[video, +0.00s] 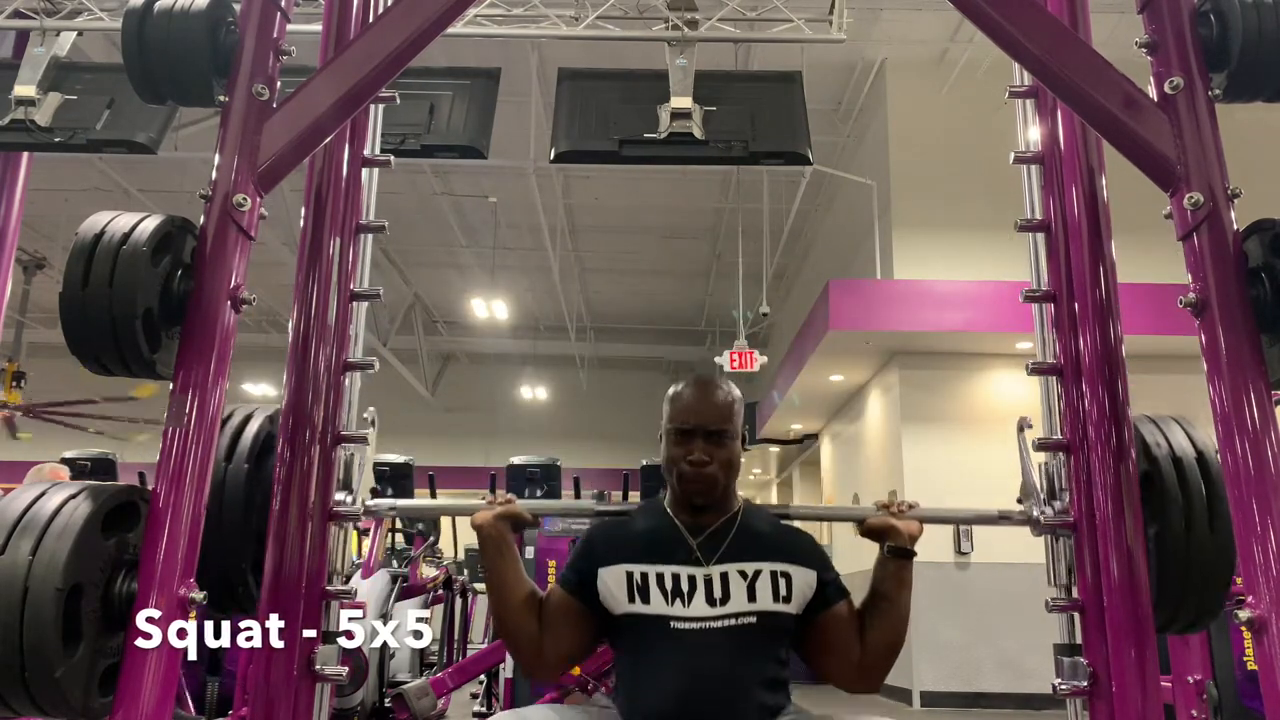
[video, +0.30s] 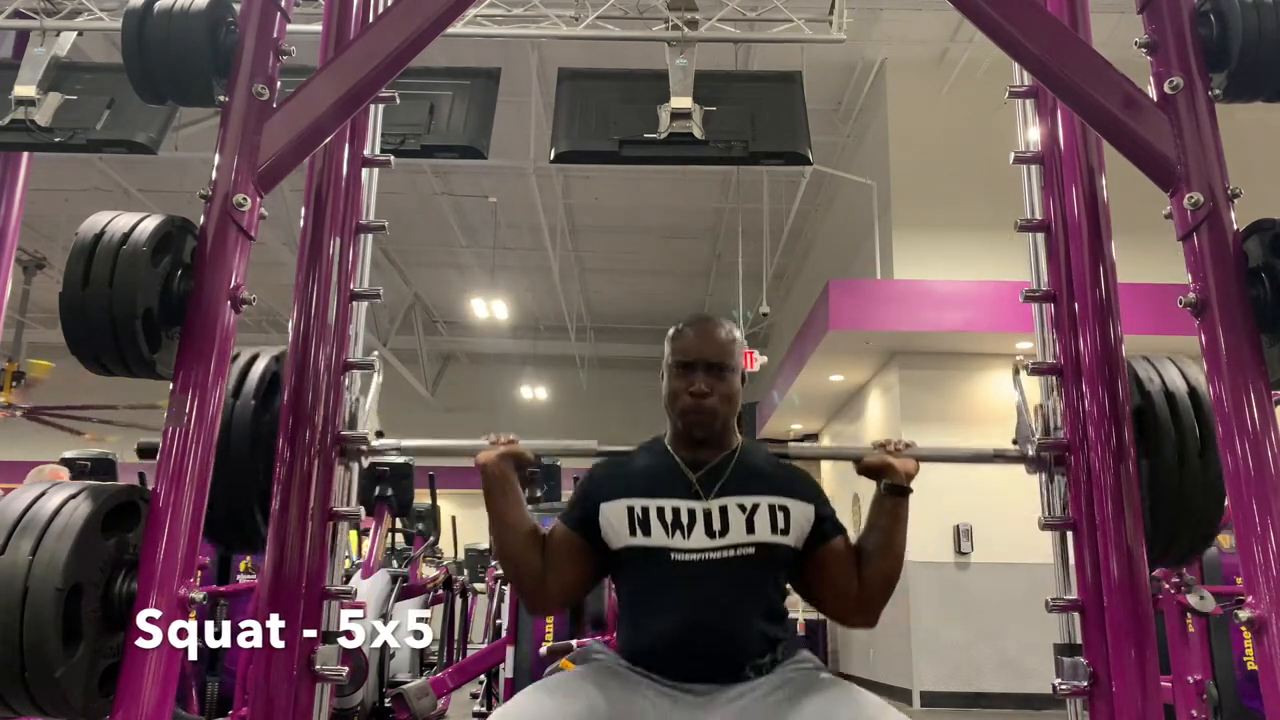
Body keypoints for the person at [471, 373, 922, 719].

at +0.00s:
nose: (697, 453)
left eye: (716, 438)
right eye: (682, 437)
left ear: (742, 447)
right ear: (662, 444)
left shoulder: (792, 552)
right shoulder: (611, 545)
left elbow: (859, 672)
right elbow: (541, 657)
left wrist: (897, 554)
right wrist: (496, 542)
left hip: (756, 714)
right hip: (646, 714)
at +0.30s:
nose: (698, 383)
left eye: (714, 371)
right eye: (684, 370)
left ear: (740, 385)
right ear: (664, 383)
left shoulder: (786, 486)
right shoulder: (614, 483)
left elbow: (858, 605)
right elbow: (543, 590)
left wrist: (893, 492)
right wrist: (499, 483)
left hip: (768, 686)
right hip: (633, 683)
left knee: (887, 718)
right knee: (511, 718)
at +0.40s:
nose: (698, 353)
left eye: (715, 340)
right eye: (684, 339)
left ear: (741, 355)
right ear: (664, 352)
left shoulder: (787, 457)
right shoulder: (613, 452)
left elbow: (858, 575)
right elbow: (545, 561)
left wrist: (892, 464)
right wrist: (502, 456)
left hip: (768, 666)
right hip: (633, 663)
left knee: (885, 716)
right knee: (520, 714)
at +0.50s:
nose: (697, 331)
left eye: (714, 318)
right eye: (684, 316)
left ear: (741, 335)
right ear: (665, 331)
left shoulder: (785, 435)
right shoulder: (614, 432)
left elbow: (858, 551)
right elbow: (547, 539)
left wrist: (890, 443)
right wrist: (501, 432)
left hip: (766, 649)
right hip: (635, 646)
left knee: (880, 718)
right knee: (522, 714)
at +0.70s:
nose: (700, 256)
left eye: (716, 244)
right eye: (686, 243)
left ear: (740, 262)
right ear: (666, 261)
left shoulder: (786, 365)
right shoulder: (616, 362)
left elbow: (853, 478)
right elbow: (548, 468)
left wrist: (887, 375)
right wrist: (507, 367)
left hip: (769, 590)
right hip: (631, 586)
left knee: (863, 710)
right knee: (543, 708)